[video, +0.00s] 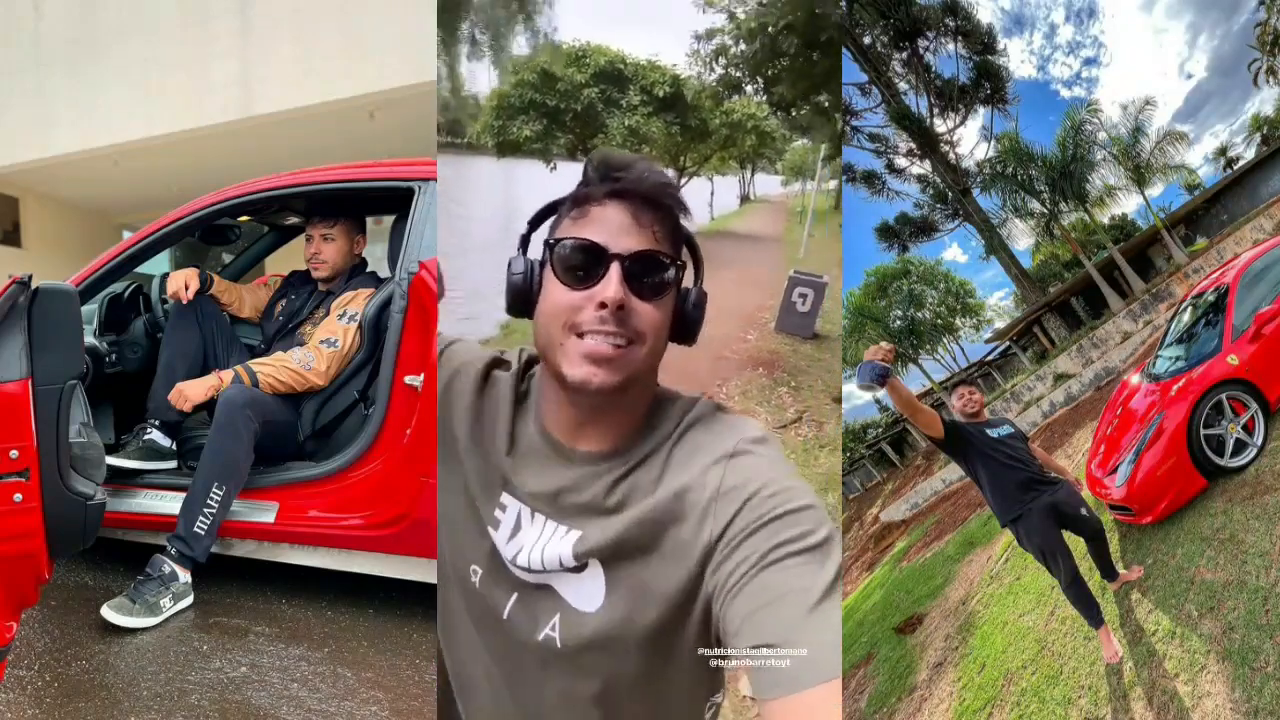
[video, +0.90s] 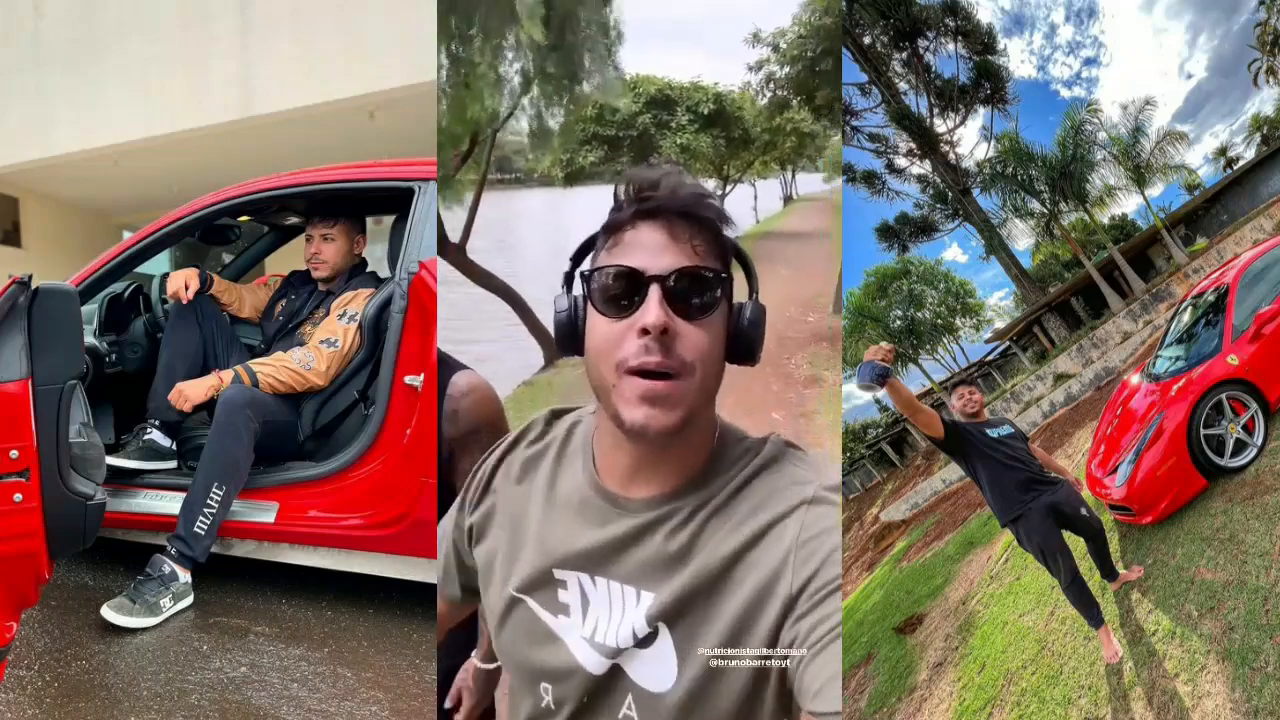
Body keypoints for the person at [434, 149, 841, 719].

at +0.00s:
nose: (610, 295)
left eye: (647, 274)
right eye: (580, 264)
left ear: (679, 311)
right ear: (532, 283)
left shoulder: (745, 498)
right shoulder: (464, 396)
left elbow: (809, 708)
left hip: (638, 708)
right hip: (467, 705)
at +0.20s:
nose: (633, 295)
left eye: (669, 277)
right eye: (607, 267)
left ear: (703, 309)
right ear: (565, 284)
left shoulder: (753, 491)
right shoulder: (522, 364)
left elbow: (805, 708)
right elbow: (446, 256)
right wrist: (443, 160)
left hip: (624, 706)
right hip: (473, 702)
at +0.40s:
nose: (636, 280)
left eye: (673, 263)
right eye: (609, 252)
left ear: (708, 304)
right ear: (567, 274)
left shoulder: (761, 490)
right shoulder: (518, 360)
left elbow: (808, 706)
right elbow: (431, 228)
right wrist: (466, 115)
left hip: (628, 706)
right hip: (467, 702)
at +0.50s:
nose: (616, 292)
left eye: (651, 270)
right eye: (588, 267)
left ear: (689, 306)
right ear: (550, 293)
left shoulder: (760, 492)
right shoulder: (495, 393)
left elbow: (809, 706)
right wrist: (418, 188)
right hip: (485, 707)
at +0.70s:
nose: (646, 307)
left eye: (684, 282)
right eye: (615, 279)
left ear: (728, 318)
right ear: (573, 307)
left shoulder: (793, 496)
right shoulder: (515, 439)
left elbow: (837, 692)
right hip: (509, 707)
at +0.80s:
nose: (663, 317)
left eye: (702, 288)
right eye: (628, 287)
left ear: (747, 321)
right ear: (587, 314)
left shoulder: (809, 507)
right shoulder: (525, 459)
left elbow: (852, 699)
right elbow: (379, 558)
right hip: (535, 708)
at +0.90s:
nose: (654, 319)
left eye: (693, 292)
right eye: (619, 291)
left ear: (737, 331)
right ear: (577, 322)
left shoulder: (809, 524)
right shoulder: (513, 471)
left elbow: (843, 702)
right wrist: (482, 666)